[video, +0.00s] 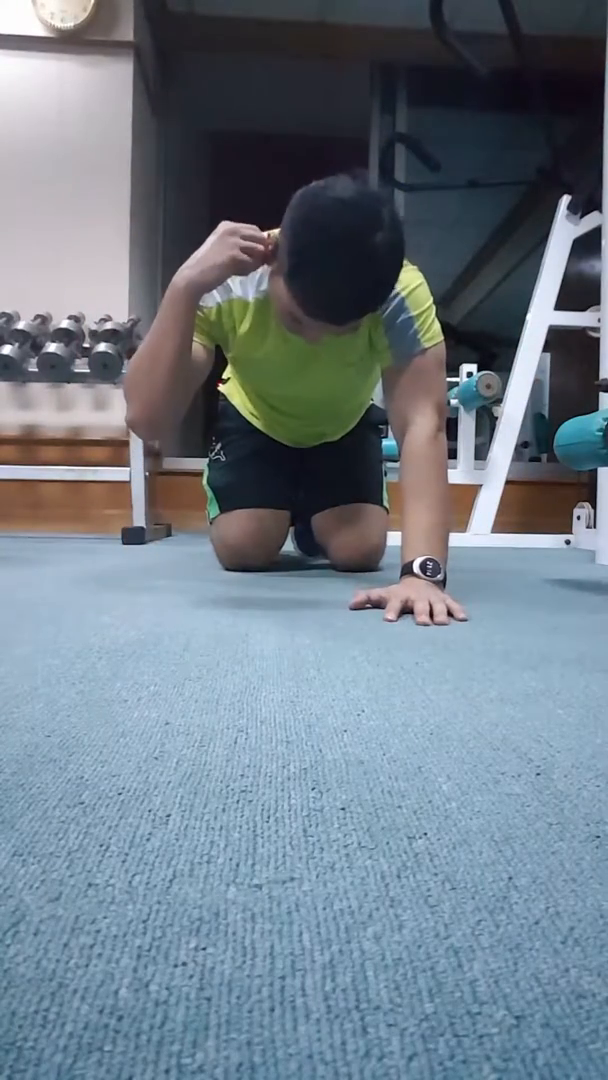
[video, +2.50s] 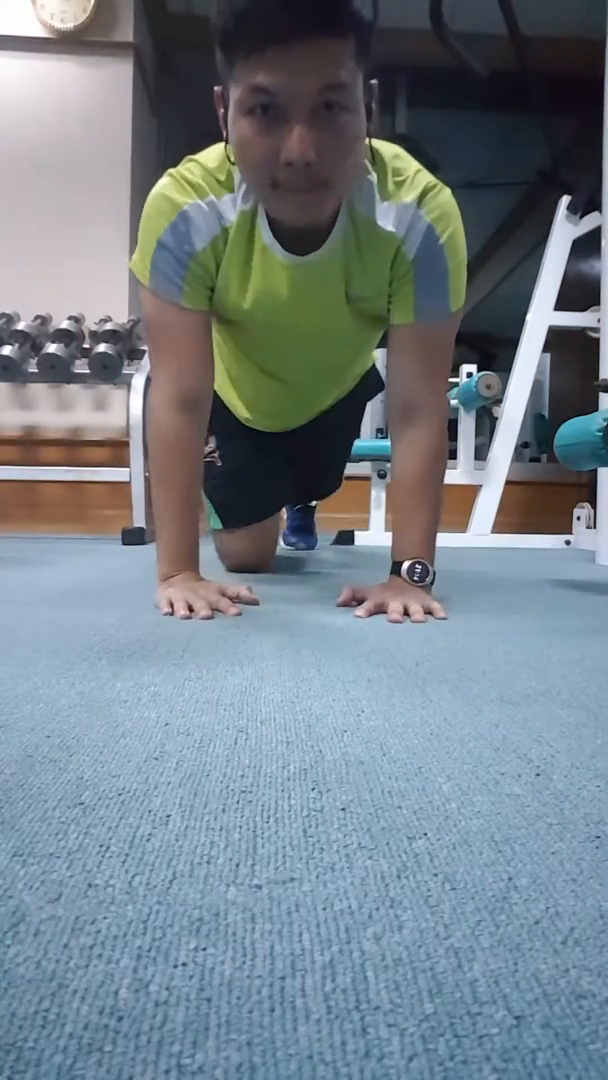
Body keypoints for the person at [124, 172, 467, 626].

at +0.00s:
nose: (314, 335)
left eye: (336, 328)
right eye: (300, 317)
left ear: (372, 300)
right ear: (275, 259)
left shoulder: (400, 293)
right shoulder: (226, 280)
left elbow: (423, 426)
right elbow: (148, 420)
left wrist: (424, 572)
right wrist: (184, 284)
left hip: (347, 419)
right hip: (253, 414)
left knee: (359, 553)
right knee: (245, 552)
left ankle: (309, 520)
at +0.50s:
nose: (307, 323)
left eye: (332, 309)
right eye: (293, 300)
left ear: (364, 277)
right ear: (261, 249)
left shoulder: (392, 291)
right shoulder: (218, 282)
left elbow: (422, 427)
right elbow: (150, 431)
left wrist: (425, 572)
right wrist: (163, 302)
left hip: (344, 418)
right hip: (250, 415)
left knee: (358, 552)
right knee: (244, 553)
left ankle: (310, 518)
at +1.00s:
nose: (298, 266)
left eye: (321, 237)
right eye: (274, 238)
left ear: (350, 225)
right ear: (241, 228)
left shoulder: (387, 291)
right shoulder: (208, 293)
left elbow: (419, 426)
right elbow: (170, 430)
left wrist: (424, 573)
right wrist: (184, 570)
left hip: (344, 422)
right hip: (249, 419)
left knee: (357, 552)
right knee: (247, 552)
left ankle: (308, 520)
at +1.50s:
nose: (295, 234)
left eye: (318, 204)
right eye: (270, 208)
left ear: (345, 198)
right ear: (236, 207)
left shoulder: (389, 271)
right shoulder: (206, 269)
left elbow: (410, 416)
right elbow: (183, 419)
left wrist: (411, 567)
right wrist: (188, 574)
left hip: (340, 416)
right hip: (245, 417)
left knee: (359, 550)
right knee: (247, 551)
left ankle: (307, 522)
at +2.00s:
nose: (317, 174)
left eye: (348, 136)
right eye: (286, 137)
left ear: (381, 133)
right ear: (245, 134)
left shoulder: (415, 227)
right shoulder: (202, 210)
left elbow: (416, 405)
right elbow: (175, 394)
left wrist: (411, 574)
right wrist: (178, 567)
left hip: (331, 396)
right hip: (231, 398)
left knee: (347, 553)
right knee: (241, 558)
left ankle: (299, 510)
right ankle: (269, 510)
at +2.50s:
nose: (301, 149)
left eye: (331, 108)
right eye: (266, 111)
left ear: (368, 105)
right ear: (224, 112)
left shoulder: (419, 215)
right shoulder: (185, 208)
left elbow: (421, 410)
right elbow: (178, 399)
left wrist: (411, 574)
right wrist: (178, 572)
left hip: (337, 392)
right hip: (237, 396)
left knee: (312, 482)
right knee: (246, 558)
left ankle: (301, 506)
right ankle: (256, 507)